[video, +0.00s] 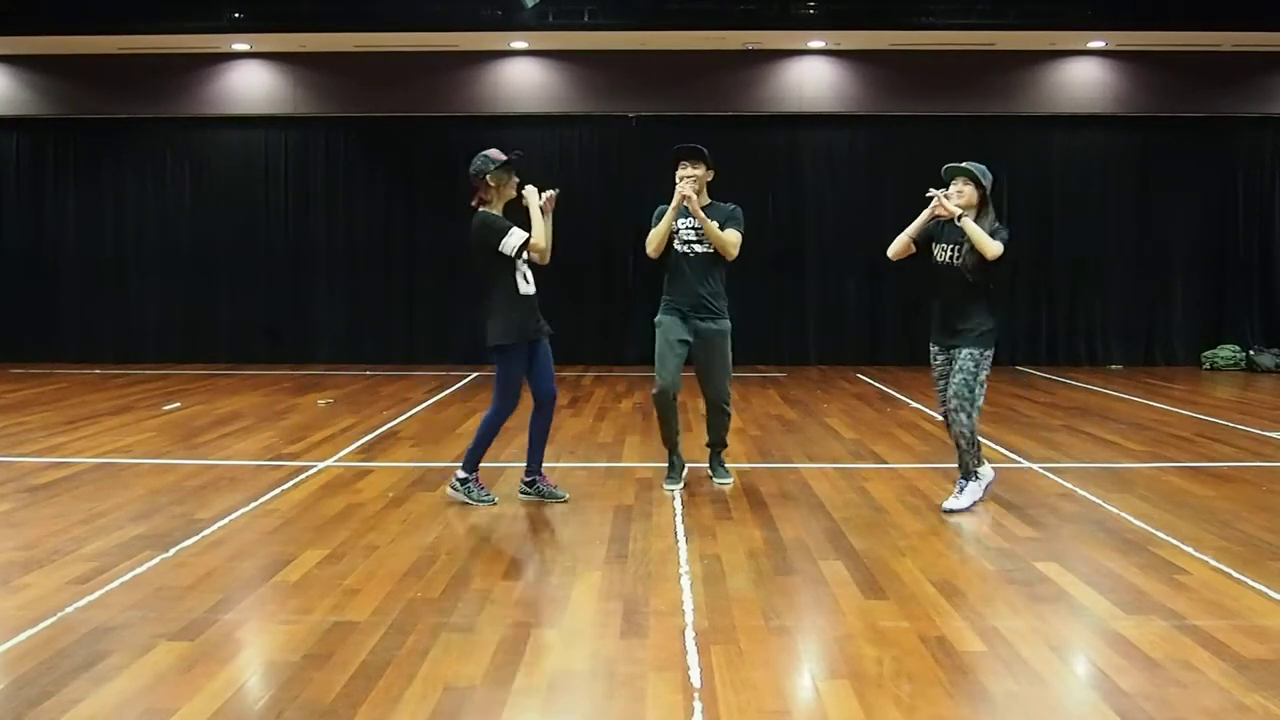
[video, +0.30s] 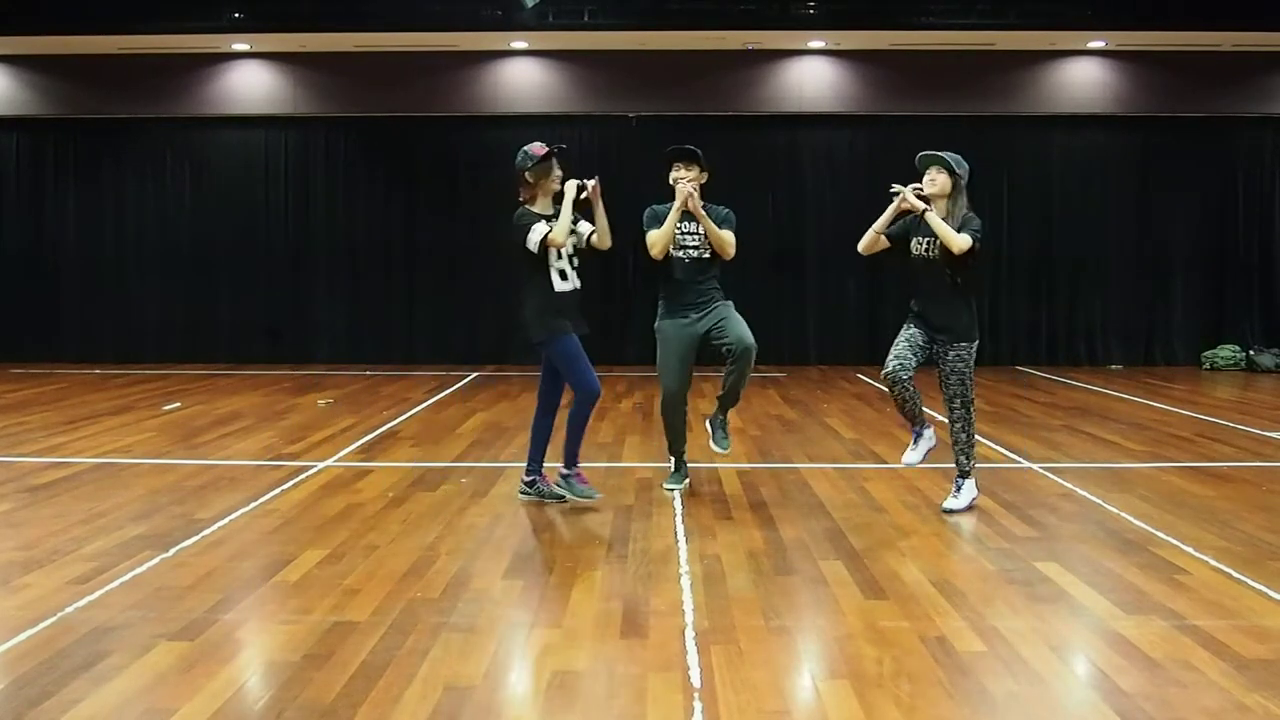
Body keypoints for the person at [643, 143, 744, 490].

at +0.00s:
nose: (687, 173)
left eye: (694, 168)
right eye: (682, 168)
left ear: (708, 175)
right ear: (675, 175)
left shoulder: (728, 212)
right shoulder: (664, 212)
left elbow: (731, 250)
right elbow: (652, 250)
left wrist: (698, 213)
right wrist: (674, 208)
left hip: (713, 317)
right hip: (673, 315)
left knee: (719, 397)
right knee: (664, 389)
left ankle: (717, 457)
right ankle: (674, 460)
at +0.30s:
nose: (683, 176)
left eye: (690, 170)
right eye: (678, 170)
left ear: (703, 177)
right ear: (669, 177)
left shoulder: (720, 214)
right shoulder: (656, 214)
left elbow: (728, 250)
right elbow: (656, 251)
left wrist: (700, 213)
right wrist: (677, 208)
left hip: (715, 307)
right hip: (674, 315)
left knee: (744, 345)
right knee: (672, 392)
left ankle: (720, 416)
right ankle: (677, 463)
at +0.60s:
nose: (694, 174)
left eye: (701, 169)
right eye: (689, 168)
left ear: (710, 177)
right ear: (678, 175)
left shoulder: (728, 215)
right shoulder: (664, 213)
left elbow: (726, 255)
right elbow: (660, 254)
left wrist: (701, 214)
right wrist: (683, 208)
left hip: (714, 320)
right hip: (673, 315)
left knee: (714, 398)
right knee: (659, 377)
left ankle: (708, 464)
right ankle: (673, 438)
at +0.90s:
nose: (691, 170)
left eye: (697, 164)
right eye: (684, 163)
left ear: (706, 169)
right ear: (672, 169)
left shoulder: (724, 206)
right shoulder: (665, 205)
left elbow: (729, 250)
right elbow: (660, 244)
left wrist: (705, 208)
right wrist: (680, 203)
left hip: (714, 315)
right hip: (675, 314)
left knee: (716, 396)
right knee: (673, 395)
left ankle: (708, 464)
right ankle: (675, 466)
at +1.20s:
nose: (690, 176)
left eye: (695, 170)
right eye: (684, 170)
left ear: (704, 174)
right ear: (673, 174)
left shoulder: (713, 205)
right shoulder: (663, 209)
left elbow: (732, 258)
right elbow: (657, 244)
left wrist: (718, 218)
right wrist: (683, 204)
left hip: (712, 301)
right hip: (672, 304)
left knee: (752, 348)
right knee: (678, 385)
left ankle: (729, 418)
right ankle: (675, 462)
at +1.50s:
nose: (703, 178)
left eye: (709, 173)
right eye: (696, 172)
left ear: (719, 179)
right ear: (685, 178)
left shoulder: (733, 215)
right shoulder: (678, 214)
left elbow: (739, 255)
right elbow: (670, 249)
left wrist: (718, 217)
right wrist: (689, 206)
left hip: (722, 318)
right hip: (684, 318)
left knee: (729, 398)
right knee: (681, 398)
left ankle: (723, 465)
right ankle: (679, 468)